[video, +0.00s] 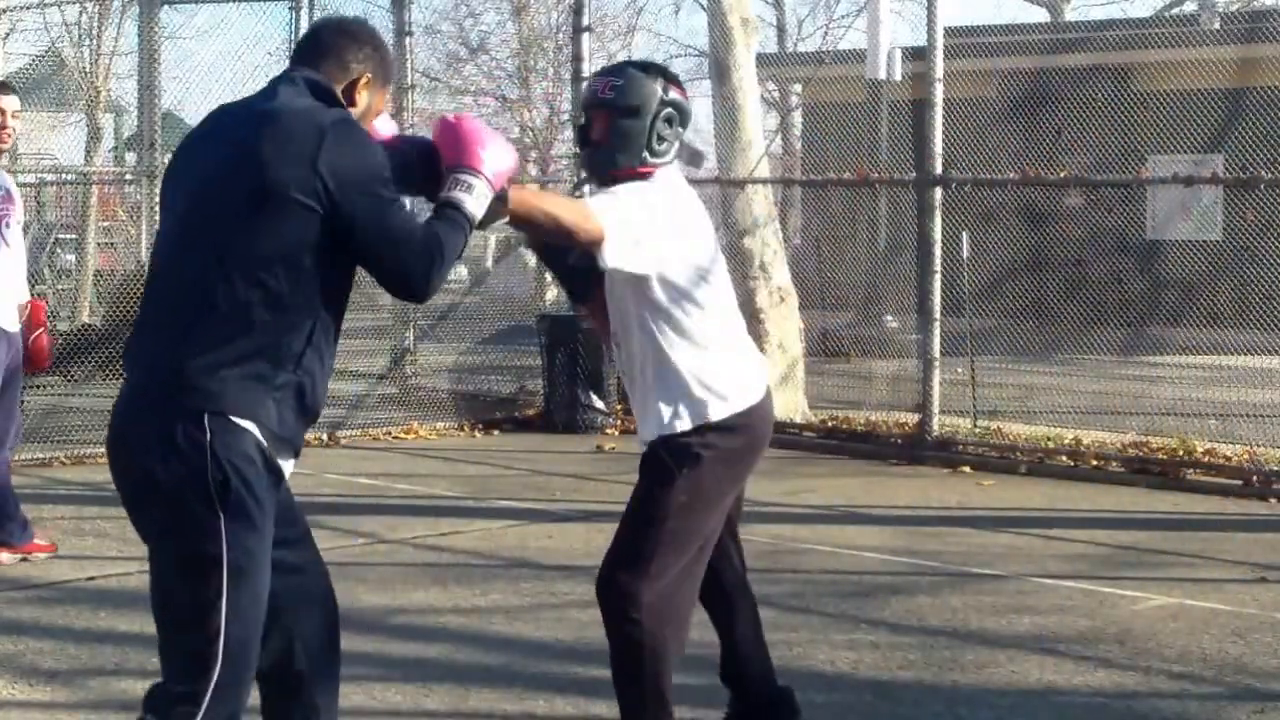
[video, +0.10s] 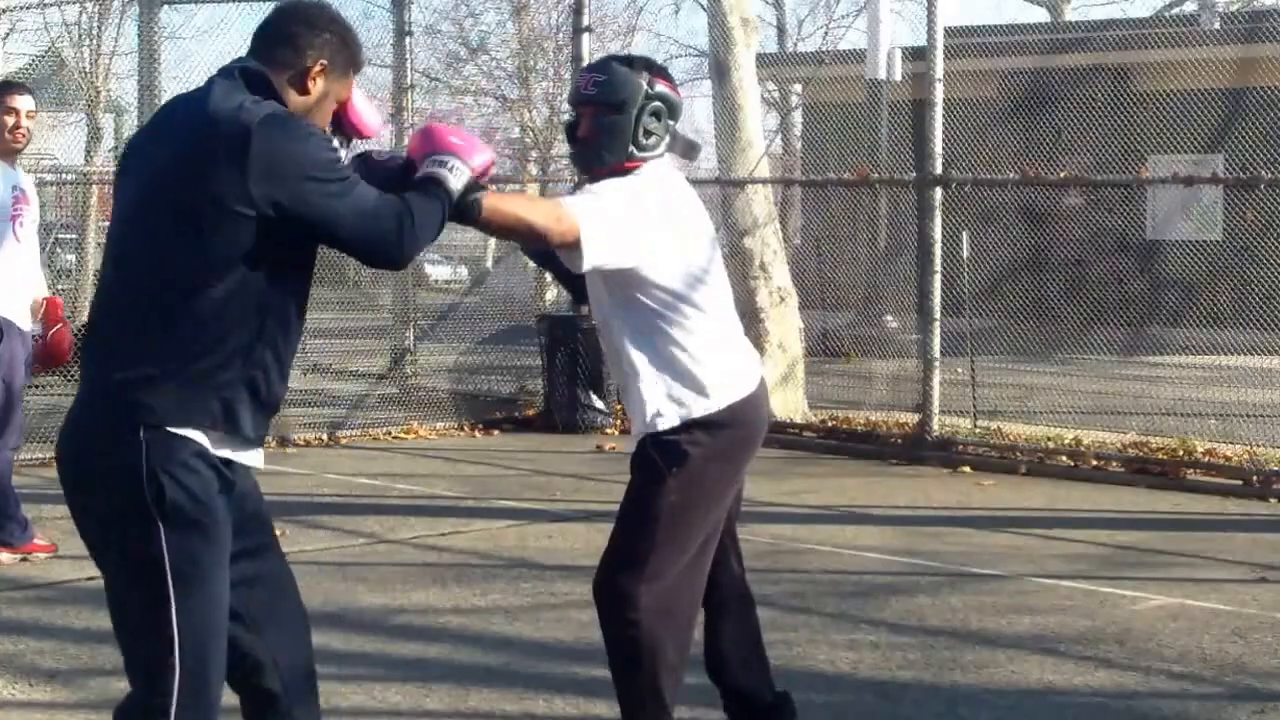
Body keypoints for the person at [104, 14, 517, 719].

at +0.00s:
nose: (382, 128)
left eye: (386, 112)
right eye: (384, 110)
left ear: (301, 73)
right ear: (359, 86)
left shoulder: (214, 130)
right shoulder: (333, 138)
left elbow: (306, 197)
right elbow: (417, 271)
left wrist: (413, 158)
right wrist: (470, 192)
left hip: (158, 421)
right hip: (216, 435)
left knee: (305, 628)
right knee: (209, 679)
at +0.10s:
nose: (333, 116)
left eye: (340, 101)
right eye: (337, 99)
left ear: (264, 63)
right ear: (312, 76)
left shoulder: (179, 121)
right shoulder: (268, 137)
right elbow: (394, 238)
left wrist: (361, 163)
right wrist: (444, 173)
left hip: (207, 452)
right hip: (156, 450)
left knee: (282, 674)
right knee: (178, 695)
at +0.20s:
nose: (308, 102)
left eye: (315, 87)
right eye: (311, 85)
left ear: (233, 52)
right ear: (282, 64)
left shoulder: (142, 114)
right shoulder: (225, 134)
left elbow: (208, 225)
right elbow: (339, 261)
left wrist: (292, 150)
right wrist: (395, 184)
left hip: (171, 439)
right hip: (127, 446)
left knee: (243, 633)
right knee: (160, 685)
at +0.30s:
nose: (284, 99)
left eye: (294, 82)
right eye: (288, 79)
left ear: (218, 52)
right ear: (254, 59)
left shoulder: (144, 105)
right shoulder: (178, 129)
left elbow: (184, 253)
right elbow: (272, 278)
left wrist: (262, 173)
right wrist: (344, 200)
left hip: (157, 425)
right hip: (100, 441)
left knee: (235, 606)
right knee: (144, 688)